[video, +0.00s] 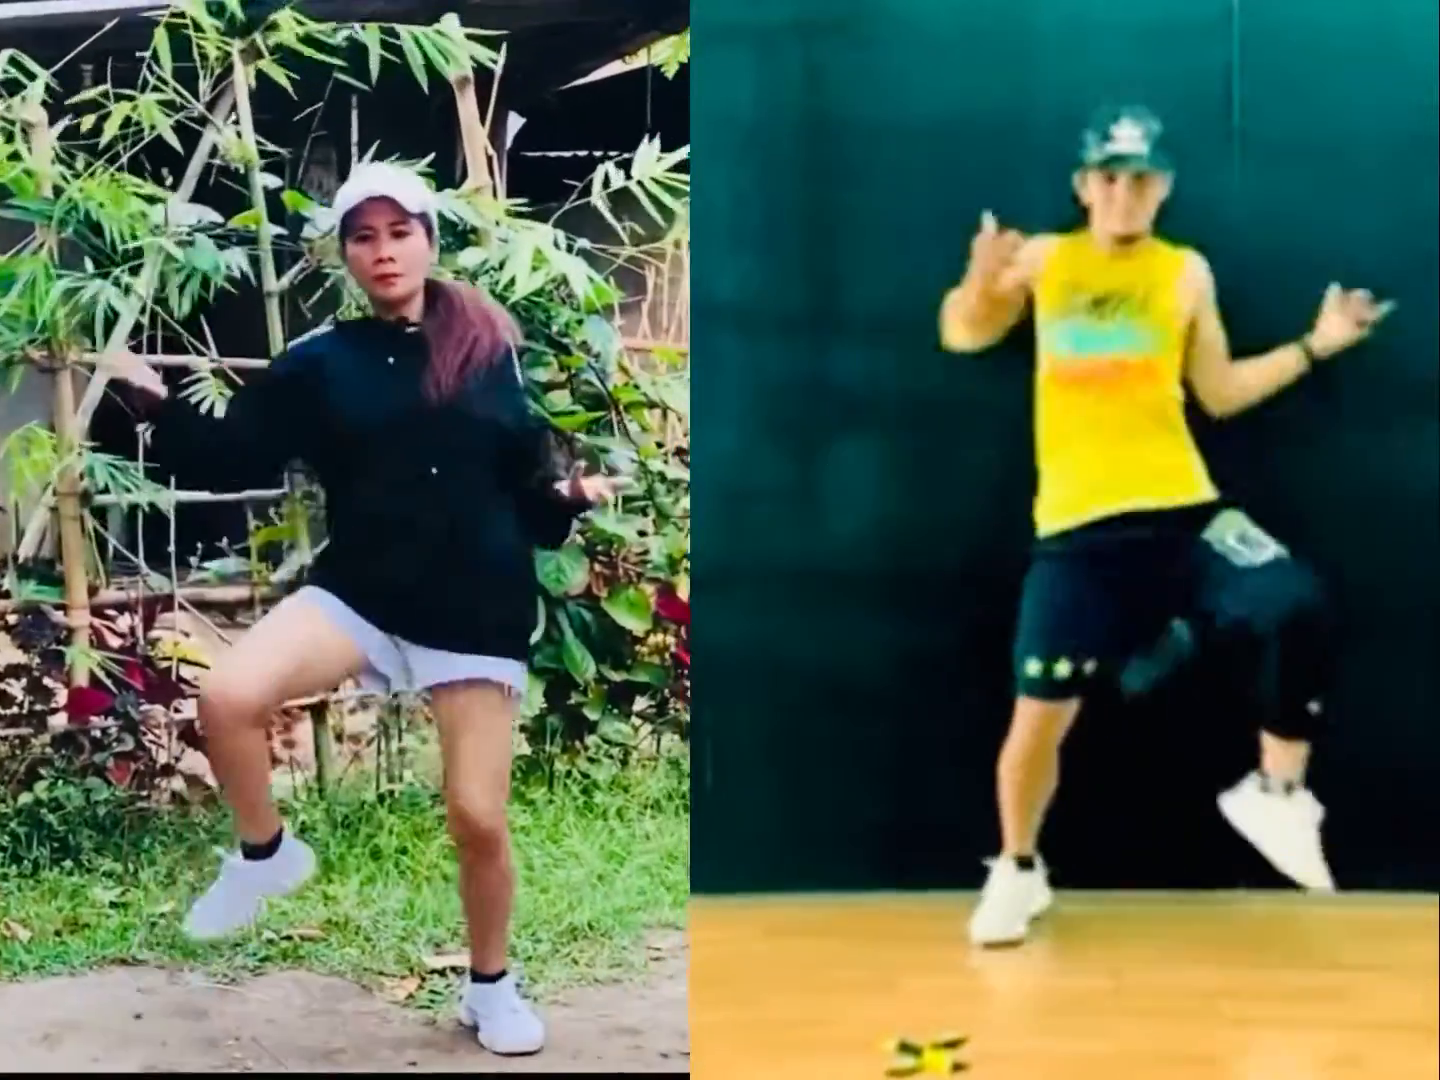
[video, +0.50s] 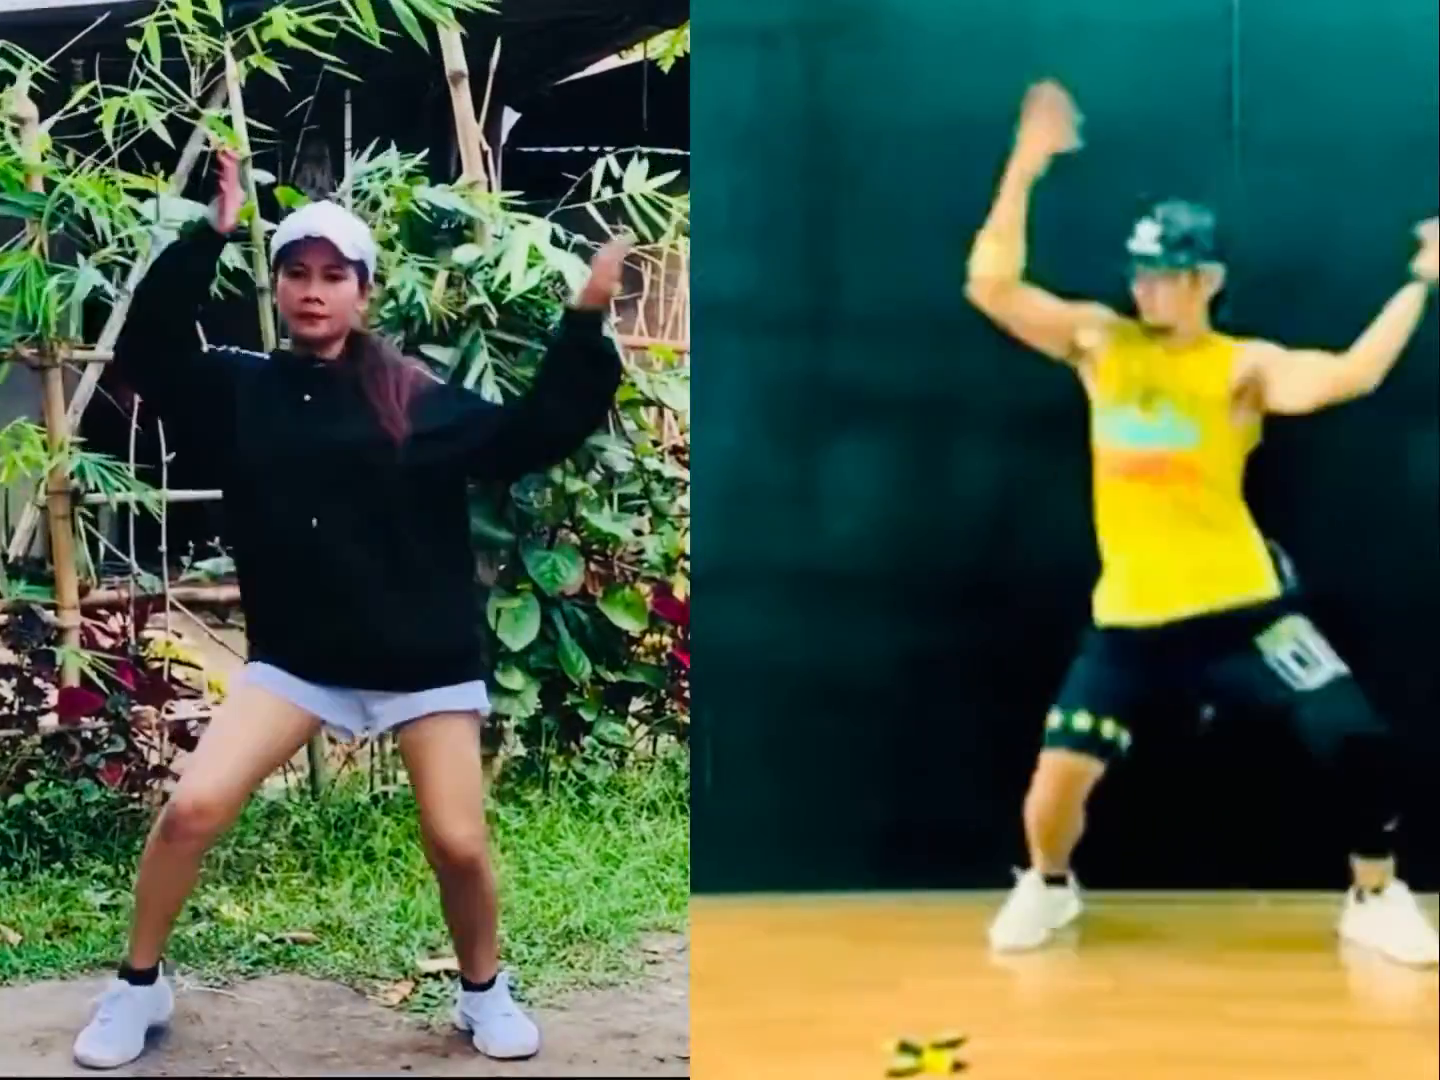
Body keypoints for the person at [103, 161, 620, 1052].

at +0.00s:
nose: (384, 250)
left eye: (400, 231)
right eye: (364, 237)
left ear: (430, 242)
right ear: (345, 256)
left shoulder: (483, 346)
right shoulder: (317, 363)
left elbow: (524, 491)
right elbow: (225, 455)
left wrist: (564, 498)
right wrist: (145, 392)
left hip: (477, 607)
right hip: (359, 591)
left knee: (479, 820)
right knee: (229, 695)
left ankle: (492, 985)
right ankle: (264, 854)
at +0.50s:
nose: (312, 291)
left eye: (332, 277)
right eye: (297, 275)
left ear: (365, 292)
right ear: (273, 288)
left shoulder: (415, 394)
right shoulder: (237, 388)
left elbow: (541, 430)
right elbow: (149, 347)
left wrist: (589, 316)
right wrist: (212, 231)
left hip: (427, 659)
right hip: (294, 656)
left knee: (461, 846)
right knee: (192, 809)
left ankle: (484, 993)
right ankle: (139, 986)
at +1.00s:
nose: (176, 269)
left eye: (198, 252)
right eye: (159, 250)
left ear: (228, 273)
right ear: (130, 264)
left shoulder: (255, 389)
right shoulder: (65, 366)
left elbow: (384, 418)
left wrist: (480, 302)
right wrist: (29, 230)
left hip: (260, 593)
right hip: (143, 638)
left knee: (340, 675)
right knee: (121, 863)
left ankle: (307, 777)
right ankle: (128, 1012)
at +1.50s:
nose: (292, 299)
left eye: (310, 280)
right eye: (272, 283)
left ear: (341, 294)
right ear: (247, 303)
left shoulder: (412, 400)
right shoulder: (199, 405)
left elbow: (526, 370)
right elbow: (88, 423)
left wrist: (530, 262)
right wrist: (142, 304)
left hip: (398, 682)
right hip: (253, 692)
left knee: (478, 868)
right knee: (180, 879)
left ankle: (480, 1019)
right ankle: (120, 1015)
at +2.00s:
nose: (363, 263)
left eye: (382, 243)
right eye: (344, 247)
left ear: (420, 254)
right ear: (325, 268)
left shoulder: (502, 337)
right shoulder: (302, 388)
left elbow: (620, 271)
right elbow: (181, 434)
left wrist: (628, 155)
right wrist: (89, 357)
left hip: (459, 632)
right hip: (333, 612)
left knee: (482, 861)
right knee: (241, 691)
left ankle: (462, 1023)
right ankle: (216, 852)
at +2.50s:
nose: (212, 250)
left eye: (232, 232)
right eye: (193, 232)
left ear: (263, 249)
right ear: (164, 249)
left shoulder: (314, 356)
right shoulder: (99, 360)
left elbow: (429, 321)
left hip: (285, 628)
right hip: (140, 648)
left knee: (396, 826)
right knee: (93, 872)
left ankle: (434, 1016)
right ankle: (98, 1046)